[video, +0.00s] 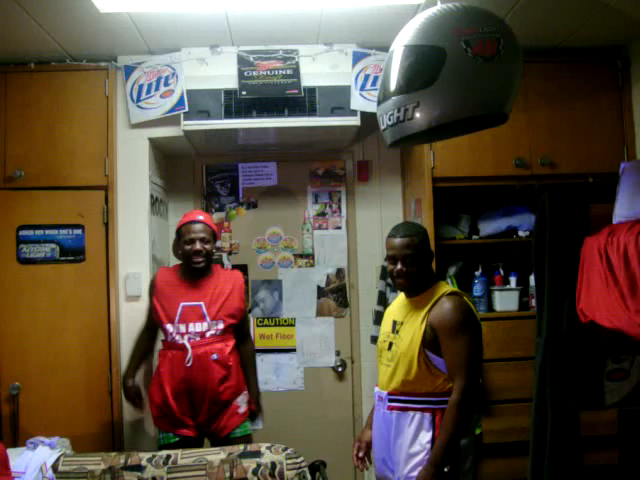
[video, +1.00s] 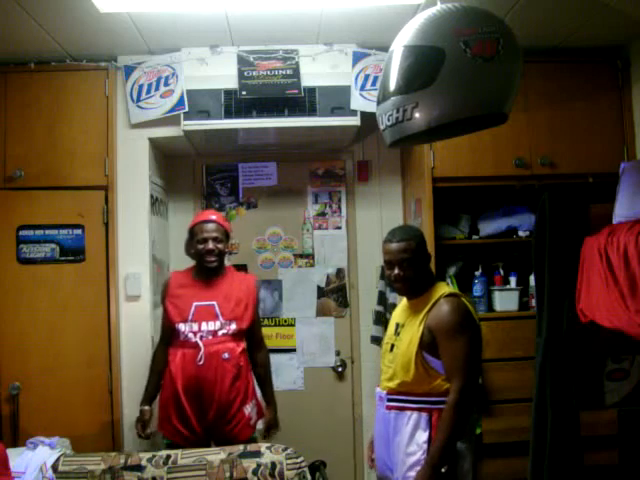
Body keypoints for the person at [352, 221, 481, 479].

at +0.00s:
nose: (398, 269)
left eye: (408, 260)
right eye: (392, 260)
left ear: (429, 259)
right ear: (386, 261)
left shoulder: (450, 310)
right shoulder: (398, 304)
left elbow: (464, 388)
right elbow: (392, 376)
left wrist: (433, 465)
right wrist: (369, 427)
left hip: (425, 432)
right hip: (388, 428)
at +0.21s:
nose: (398, 268)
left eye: (407, 260)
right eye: (391, 260)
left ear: (428, 259)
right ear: (386, 261)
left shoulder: (449, 310)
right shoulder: (398, 304)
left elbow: (463, 388)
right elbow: (393, 377)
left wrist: (434, 465)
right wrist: (372, 431)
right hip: (390, 429)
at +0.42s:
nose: (397, 270)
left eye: (406, 261)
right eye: (390, 261)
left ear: (427, 260)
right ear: (384, 263)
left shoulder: (448, 310)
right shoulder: (400, 305)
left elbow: (462, 389)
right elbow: (394, 379)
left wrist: (433, 465)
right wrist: (374, 434)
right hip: (391, 430)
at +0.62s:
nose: (395, 272)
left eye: (404, 263)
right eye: (389, 263)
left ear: (426, 260)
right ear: (383, 264)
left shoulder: (447, 311)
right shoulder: (401, 306)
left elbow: (460, 389)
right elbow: (398, 380)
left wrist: (431, 465)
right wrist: (378, 435)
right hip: (393, 432)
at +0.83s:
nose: (395, 272)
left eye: (404, 263)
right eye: (389, 264)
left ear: (426, 260)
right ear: (383, 264)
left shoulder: (447, 311)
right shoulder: (403, 305)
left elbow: (460, 389)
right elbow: (400, 379)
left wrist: (430, 466)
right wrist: (378, 434)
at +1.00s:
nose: (396, 274)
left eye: (405, 264)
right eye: (389, 266)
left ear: (426, 261)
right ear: (383, 267)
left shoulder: (448, 312)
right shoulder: (404, 306)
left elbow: (461, 389)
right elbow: (399, 380)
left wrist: (431, 466)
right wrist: (379, 435)